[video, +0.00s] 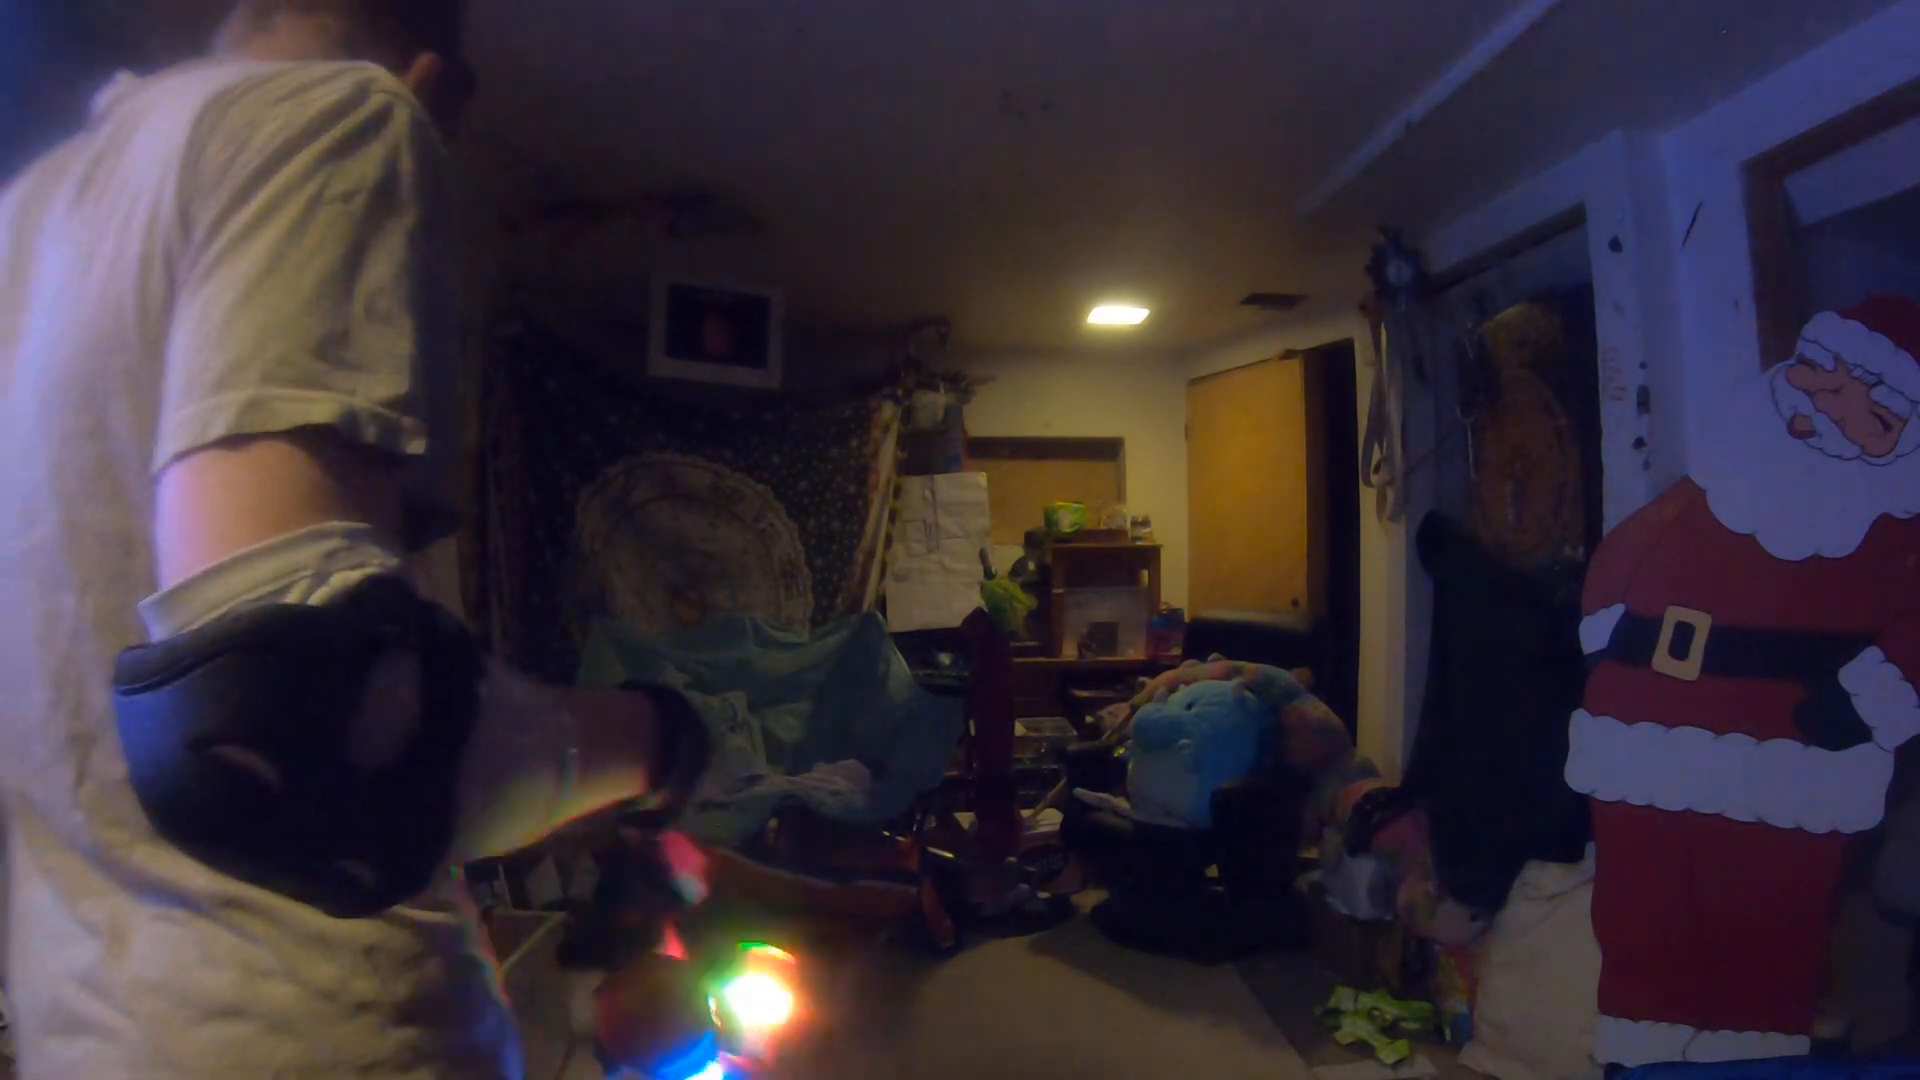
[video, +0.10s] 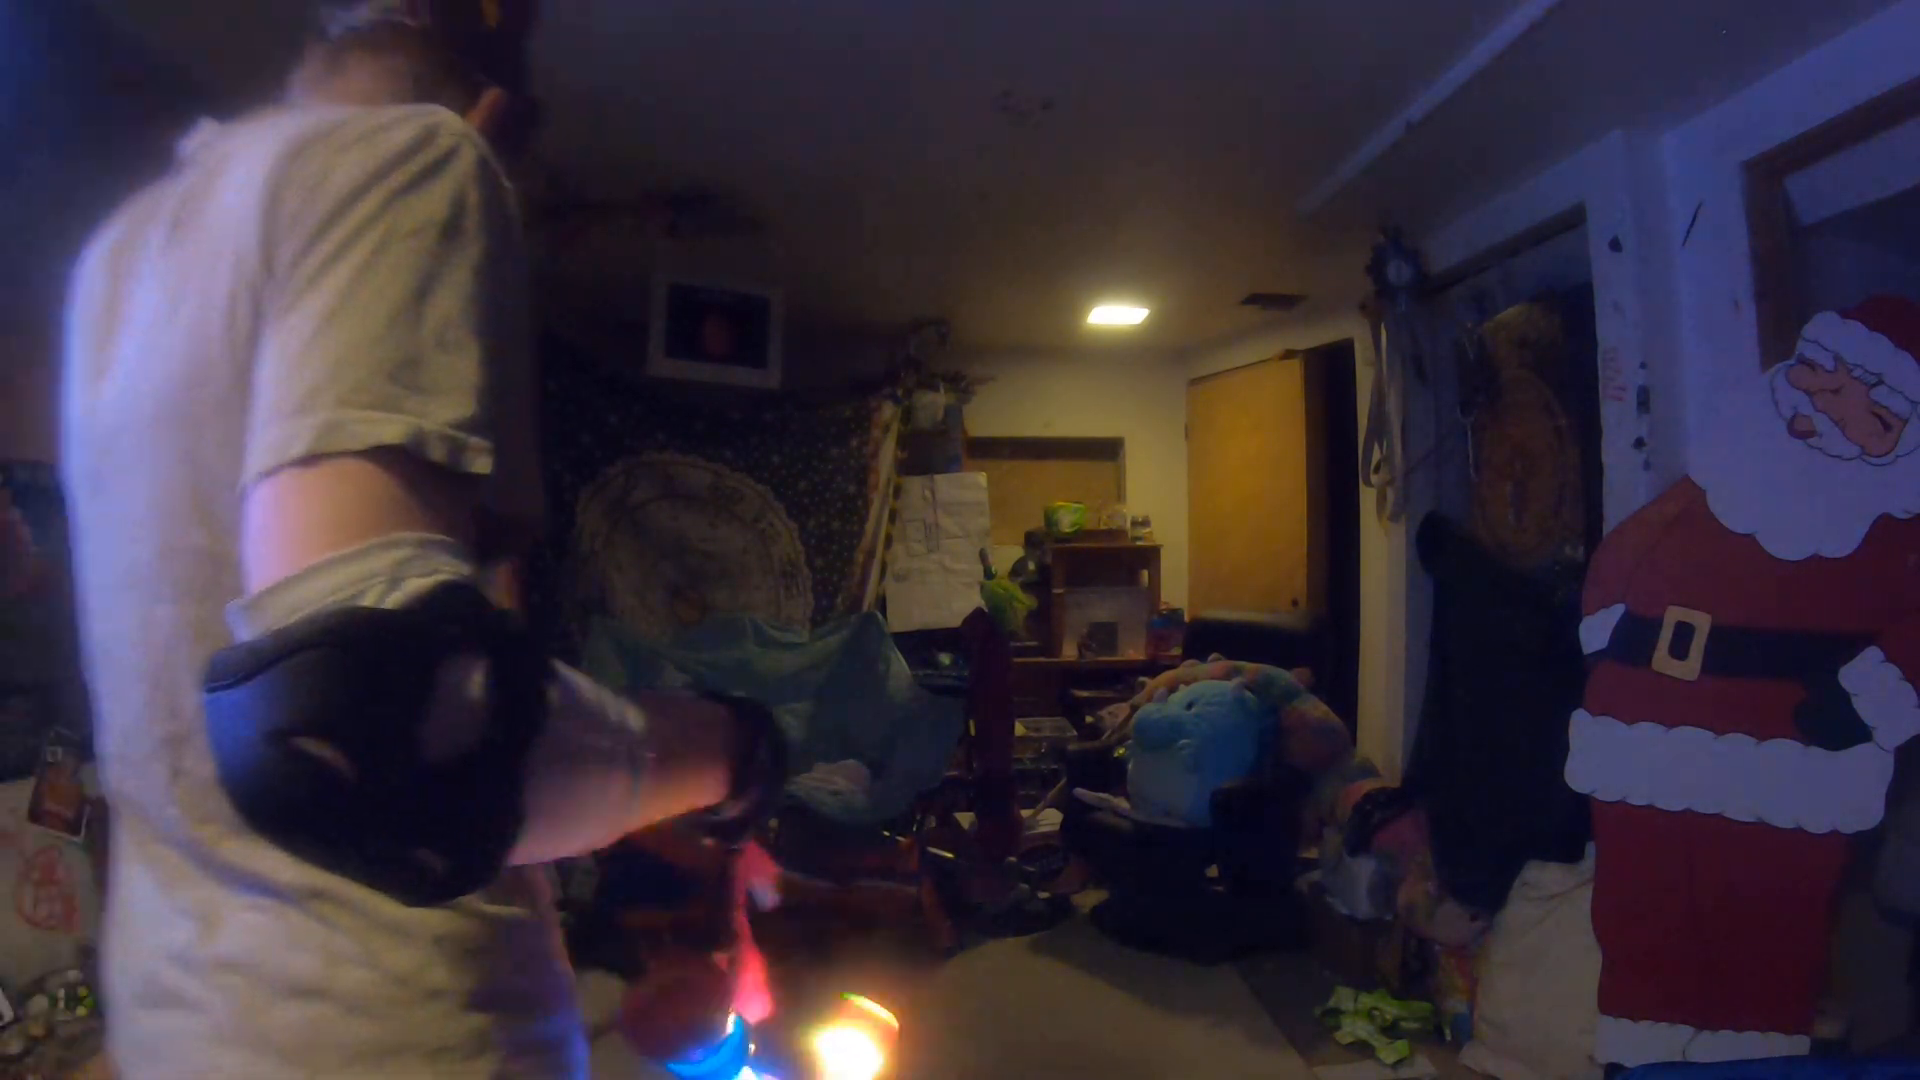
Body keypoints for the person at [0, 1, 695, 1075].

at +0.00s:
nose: (432, 139)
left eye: (441, 127)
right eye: (445, 118)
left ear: (233, 22)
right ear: (423, 76)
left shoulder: (30, 194)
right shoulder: (328, 109)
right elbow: (276, 698)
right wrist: (646, 736)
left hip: (47, 1018)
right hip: (286, 1024)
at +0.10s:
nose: (511, 190)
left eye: (512, 167)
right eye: (515, 159)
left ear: (310, 74)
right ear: (488, 113)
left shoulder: (121, 241)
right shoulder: (395, 157)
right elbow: (354, 707)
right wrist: (724, 747)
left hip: (165, 1008)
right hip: (388, 1028)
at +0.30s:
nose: (640, 222)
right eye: (641, 201)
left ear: (465, 146)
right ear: (622, 172)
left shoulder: (312, 297)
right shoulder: (564, 224)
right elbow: (529, 698)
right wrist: (848, 746)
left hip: (353, 967)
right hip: (549, 1000)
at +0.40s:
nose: (697, 229)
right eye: (706, 217)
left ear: (536, 171)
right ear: (691, 194)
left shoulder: (393, 313)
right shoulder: (637, 247)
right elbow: (609, 682)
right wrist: (893, 733)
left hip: (417, 975)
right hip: (623, 1006)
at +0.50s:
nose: (766, 231)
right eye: (779, 214)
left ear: (610, 165)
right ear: (762, 193)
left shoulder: (462, 301)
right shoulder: (708, 247)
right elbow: (668, 660)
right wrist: (955, 719)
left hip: (476, 951)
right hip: (679, 979)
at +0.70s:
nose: (893, 283)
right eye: (899, 262)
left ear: (744, 204)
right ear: (881, 228)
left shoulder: (609, 318)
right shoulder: (852, 285)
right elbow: (838, 658)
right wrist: (1054, 702)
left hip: (604, 913)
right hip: (819, 938)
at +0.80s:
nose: (947, 289)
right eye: (955, 273)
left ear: (812, 220)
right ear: (940, 250)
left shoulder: (680, 334)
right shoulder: (930, 315)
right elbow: (926, 659)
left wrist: (898, 149)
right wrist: (1097, 695)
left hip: (683, 896)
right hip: (890, 913)